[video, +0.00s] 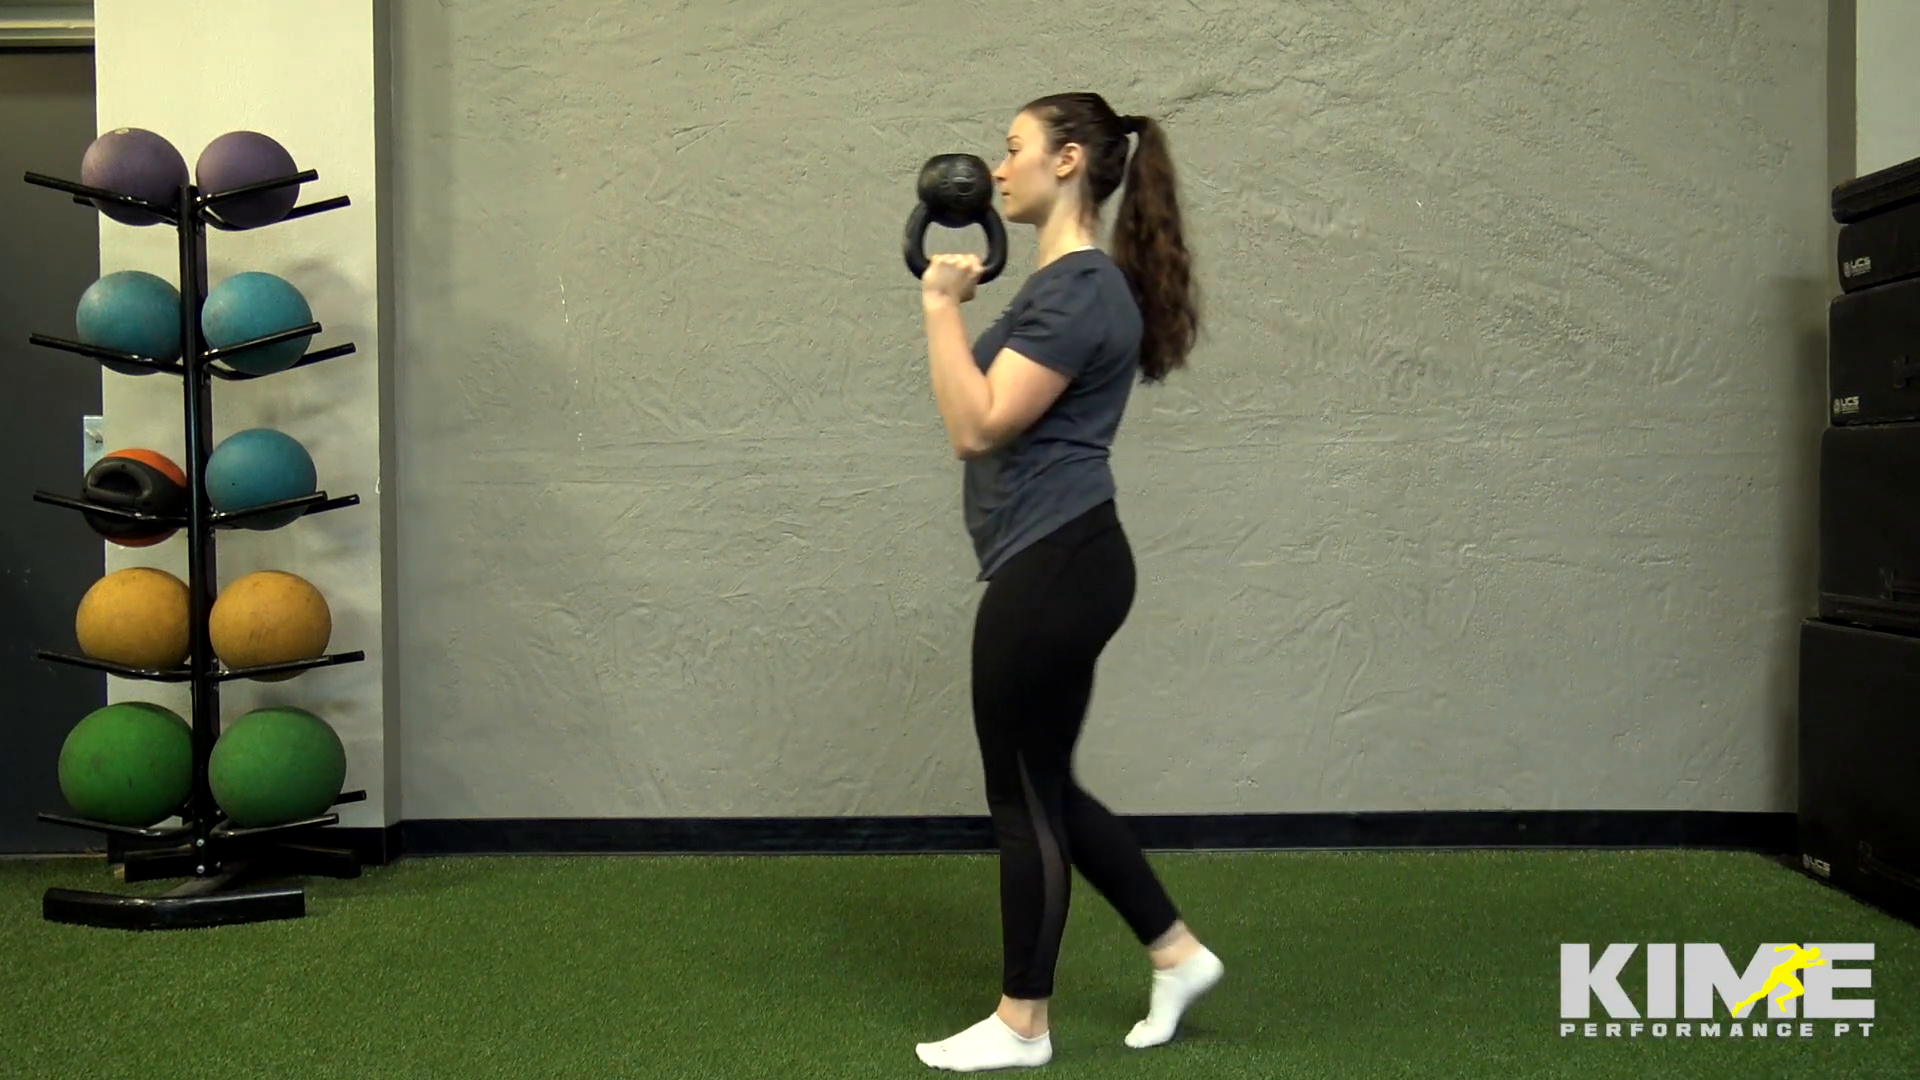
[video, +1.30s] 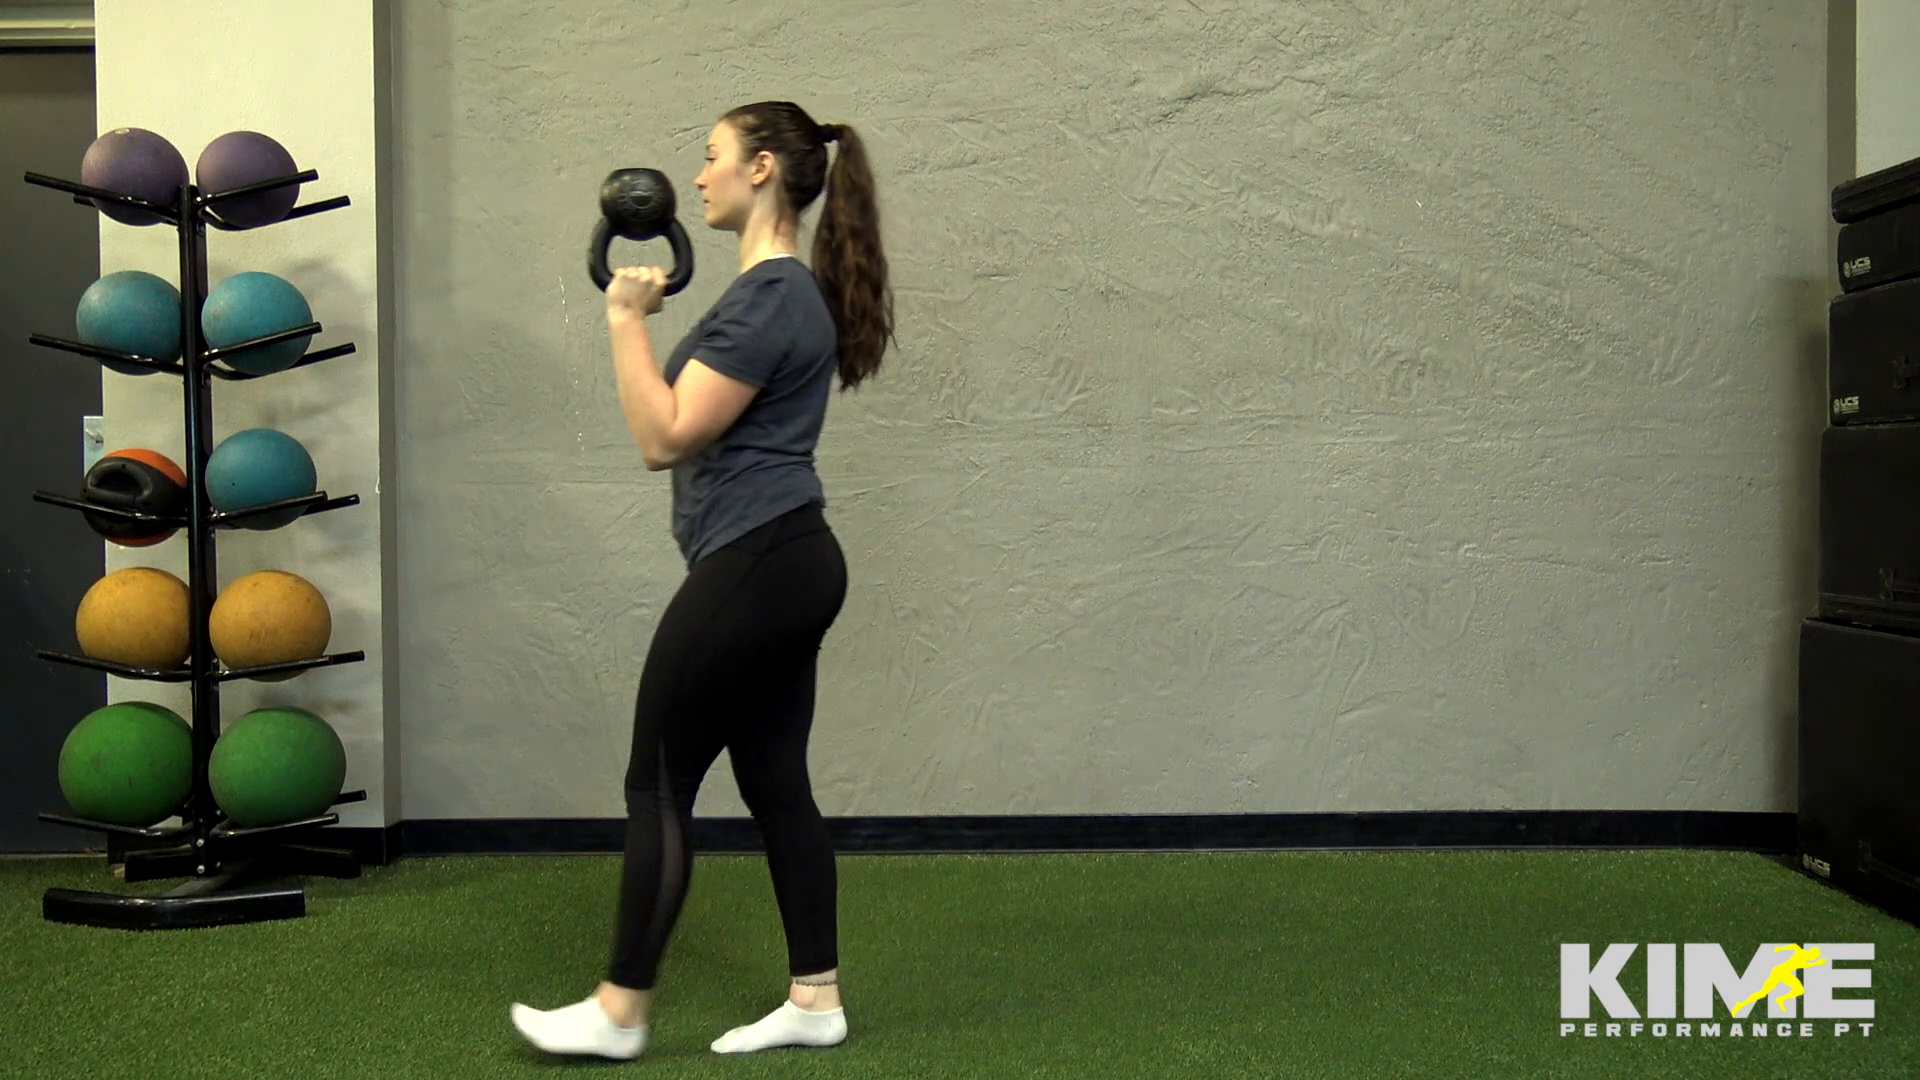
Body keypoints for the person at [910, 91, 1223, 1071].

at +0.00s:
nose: (998, 170)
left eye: (1015, 152)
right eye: (1004, 152)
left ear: (1069, 165)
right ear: (1072, 166)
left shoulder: (1078, 288)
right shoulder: (1067, 281)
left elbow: (979, 424)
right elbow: (976, 425)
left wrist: (940, 304)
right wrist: (950, 306)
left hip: (1053, 565)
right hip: (1058, 558)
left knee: (1020, 792)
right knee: (1045, 782)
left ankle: (1022, 1018)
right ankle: (1178, 952)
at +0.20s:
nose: (952, 168)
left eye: (968, 150)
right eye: (957, 151)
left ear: (1023, 161)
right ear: (1022, 161)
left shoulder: (1039, 286)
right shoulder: (1014, 279)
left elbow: (934, 423)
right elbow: (931, 420)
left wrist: (892, 304)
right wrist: (898, 304)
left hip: (1020, 563)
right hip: (985, 563)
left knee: (1002, 791)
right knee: (923, 775)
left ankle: (1021, 1022)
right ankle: (1049, 944)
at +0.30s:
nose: (934, 168)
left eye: (951, 150)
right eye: (939, 151)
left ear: (1004, 160)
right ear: (1004, 162)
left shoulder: (1023, 285)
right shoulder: (995, 280)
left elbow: (917, 421)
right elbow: (907, 423)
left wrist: (873, 304)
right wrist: (876, 304)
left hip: (1005, 562)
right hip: (963, 564)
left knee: (995, 793)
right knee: (899, 770)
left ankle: (1023, 1020)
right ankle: (958, 979)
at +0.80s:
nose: (813, 174)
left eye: (828, 157)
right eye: (819, 157)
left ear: (878, 171)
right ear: (884, 172)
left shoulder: (888, 295)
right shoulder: (879, 289)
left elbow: (784, 429)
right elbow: (779, 435)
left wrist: (745, 312)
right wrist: (755, 317)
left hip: (871, 564)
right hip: (857, 562)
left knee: (860, 791)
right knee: (835, 788)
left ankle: (996, 987)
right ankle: (820, 1000)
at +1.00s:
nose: (763, 176)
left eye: (778, 159)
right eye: (768, 159)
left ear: (829, 171)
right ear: (833, 173)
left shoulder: (842, 295)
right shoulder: (838, 290)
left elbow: (739, 434)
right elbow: (736, 434)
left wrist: (697, 317)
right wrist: (705, 318)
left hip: (817, 563)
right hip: (832, 558)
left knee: (739, 792)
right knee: (811, 788)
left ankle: (894, 956)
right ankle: (817, 1000)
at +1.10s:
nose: (735, 176)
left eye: (749, 159)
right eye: (740, 159)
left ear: (800, 171)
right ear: (806, 173)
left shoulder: (812, 295)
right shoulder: (818, 290)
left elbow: (710, 433)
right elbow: (706, 434)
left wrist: (669, 317)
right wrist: (676, 318)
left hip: (788, 564)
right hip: (821, 558)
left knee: (689, 781)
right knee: (800, 782)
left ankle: (768, 992)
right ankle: (818, 993)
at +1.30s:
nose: (697, 178)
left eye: (712, 161)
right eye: (704, 161)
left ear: (764, 175)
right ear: (773, 178)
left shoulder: (768, 297)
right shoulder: (789, 292)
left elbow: (663, 435)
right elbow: (676, 432)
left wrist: (625, 315)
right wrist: (631, 324)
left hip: (751, 567)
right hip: (788, 559)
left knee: (657, 779)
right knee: (778, 786)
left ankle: (619, 1009)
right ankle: (816, 999)